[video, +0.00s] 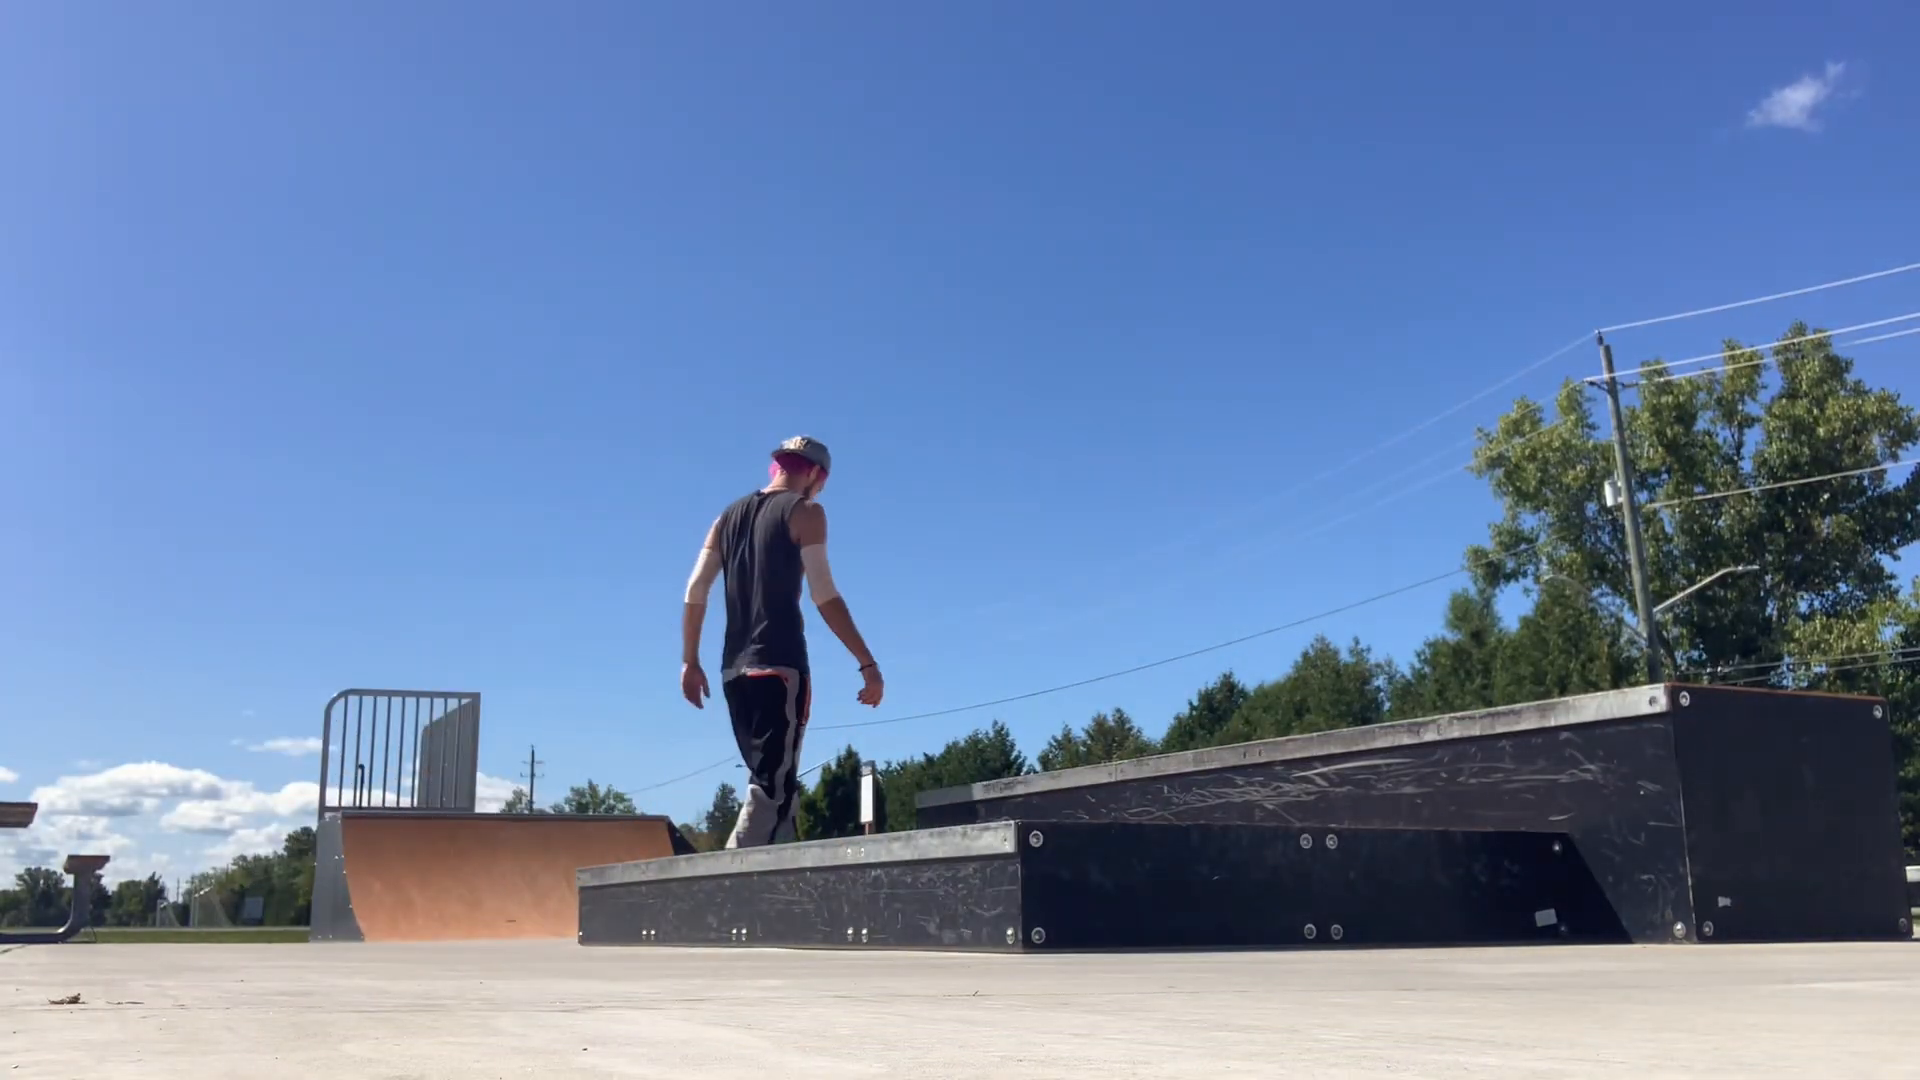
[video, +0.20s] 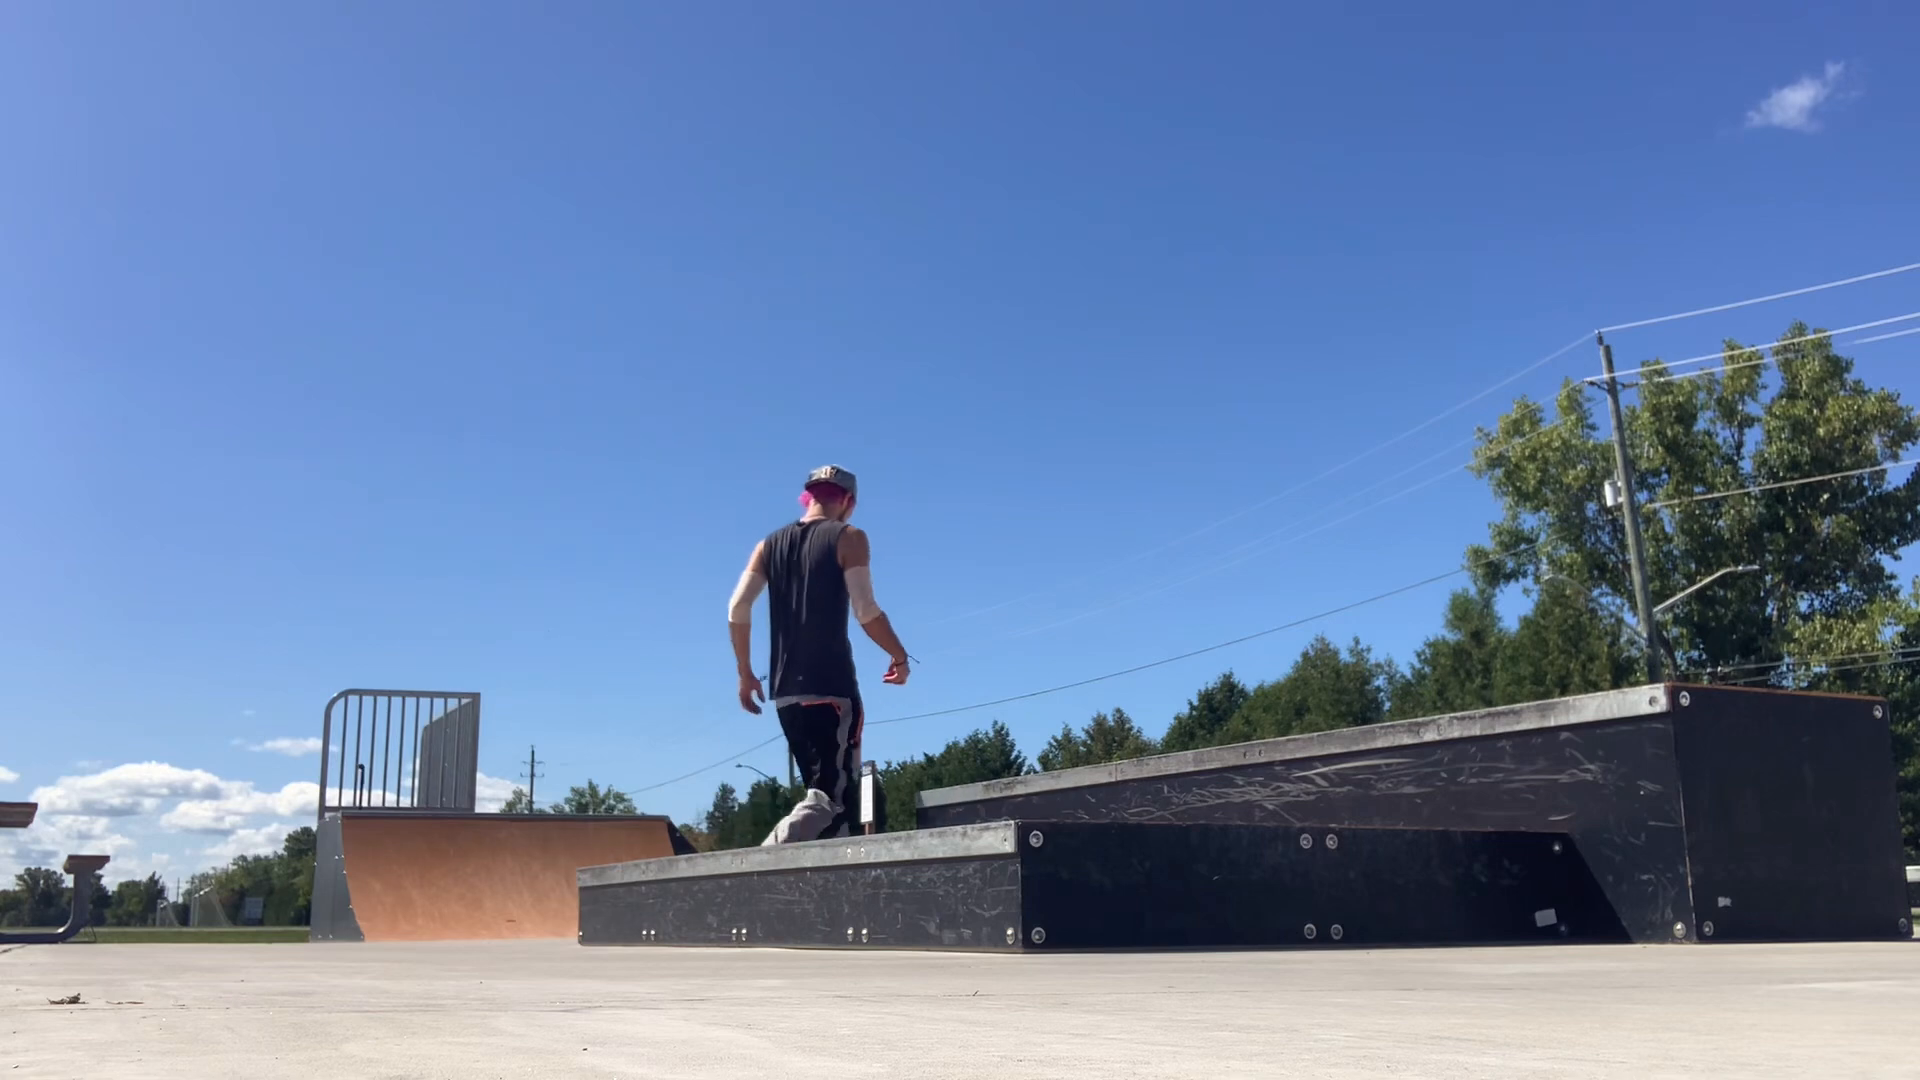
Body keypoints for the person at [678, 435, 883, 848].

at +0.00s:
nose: (819, 493)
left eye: (820, 485)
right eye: (822, 484)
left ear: (774, 470)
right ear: (815, 476)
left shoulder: (728, 517)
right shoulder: (802, 511)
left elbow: (695, 592)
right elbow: (824, 596)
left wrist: (689, 661)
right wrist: (867, 662)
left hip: (734, 669)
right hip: (779, 665)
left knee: (777, 787)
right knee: (770, 784)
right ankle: (732, 879)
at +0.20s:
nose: (850, 512)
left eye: (849, 506)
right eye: (851, 506)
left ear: (805, 500)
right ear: (846, 502)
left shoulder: (770, 544)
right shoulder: (845, 536)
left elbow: (737, 610)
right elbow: (866, 612)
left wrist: (744, 673)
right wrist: (898, 654)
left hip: (785, 692)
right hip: (830, 688)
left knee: (830, 796)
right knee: (830, 797)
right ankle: (766, 861)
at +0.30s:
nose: (864, 515)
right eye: (865, 509)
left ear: (820, 506)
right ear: (860, 506)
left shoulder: (787, 546)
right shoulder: (864, 539)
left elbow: (759, 616)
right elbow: (877, 617)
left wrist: (786, 665)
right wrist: (881, 654)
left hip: (805, 698)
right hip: (849, 693)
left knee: (841, 798)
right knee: (883, 790)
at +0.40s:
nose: (876, 514)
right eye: (876, 509)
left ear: (832, 504)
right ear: (871, 505)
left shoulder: (800, 540)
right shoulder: (877, 534)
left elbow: (773, 611)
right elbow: (886, 606)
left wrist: (810, 647)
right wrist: (877, 648)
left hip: (817, 689)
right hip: (867, 684)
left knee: (839, 789)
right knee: (906, 761)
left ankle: (844, 883)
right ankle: (866, 819)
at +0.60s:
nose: (892, 532)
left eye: (892, 529)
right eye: (892, 527)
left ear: (847, 525)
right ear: (885, 524)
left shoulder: (818, 552)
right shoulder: (901, 549)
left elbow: (788, 608)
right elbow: (916, 614)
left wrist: (809, 669)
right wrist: (914, 663)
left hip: (838, 691)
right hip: (892, 684)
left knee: (855, 790)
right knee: (921, 742)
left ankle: (857, 882)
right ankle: (917, 818)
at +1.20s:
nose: (844, 543)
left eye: (845, 538)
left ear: (851, 535)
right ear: (887, 537)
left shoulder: (838, 550)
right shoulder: (915, 571)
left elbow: (835, 589)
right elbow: (933, 639)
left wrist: (804, 642)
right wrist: (950, 704)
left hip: (844, 706)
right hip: (897, 706)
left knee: (835, 814)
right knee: (906, 812)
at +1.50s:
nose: (778, 548)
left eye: (778, 543)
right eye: (778, 543)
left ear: (787, 539)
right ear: (823, 539)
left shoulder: (783, 563)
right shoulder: (855, 577)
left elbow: (786, 616)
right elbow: (877, 650)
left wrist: (759, 674)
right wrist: (912, 709)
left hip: (796, 720)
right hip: (851, 718)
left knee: (782, 814)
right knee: (875, 810)